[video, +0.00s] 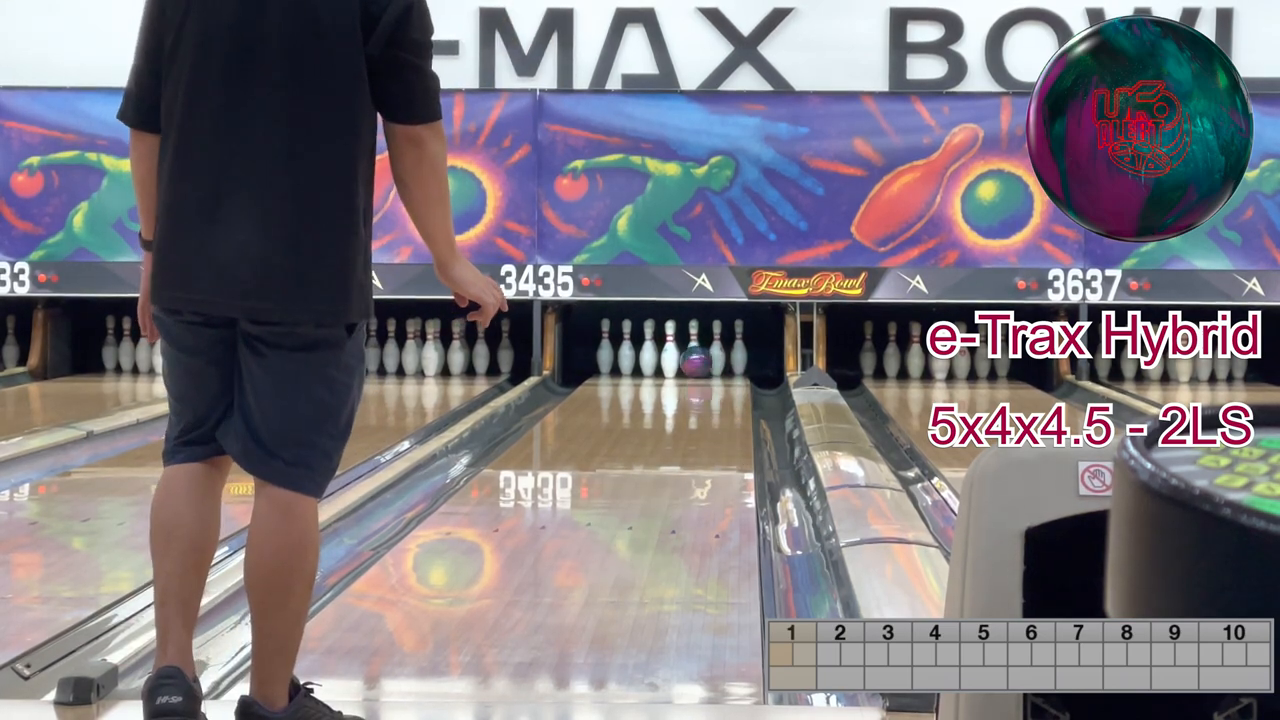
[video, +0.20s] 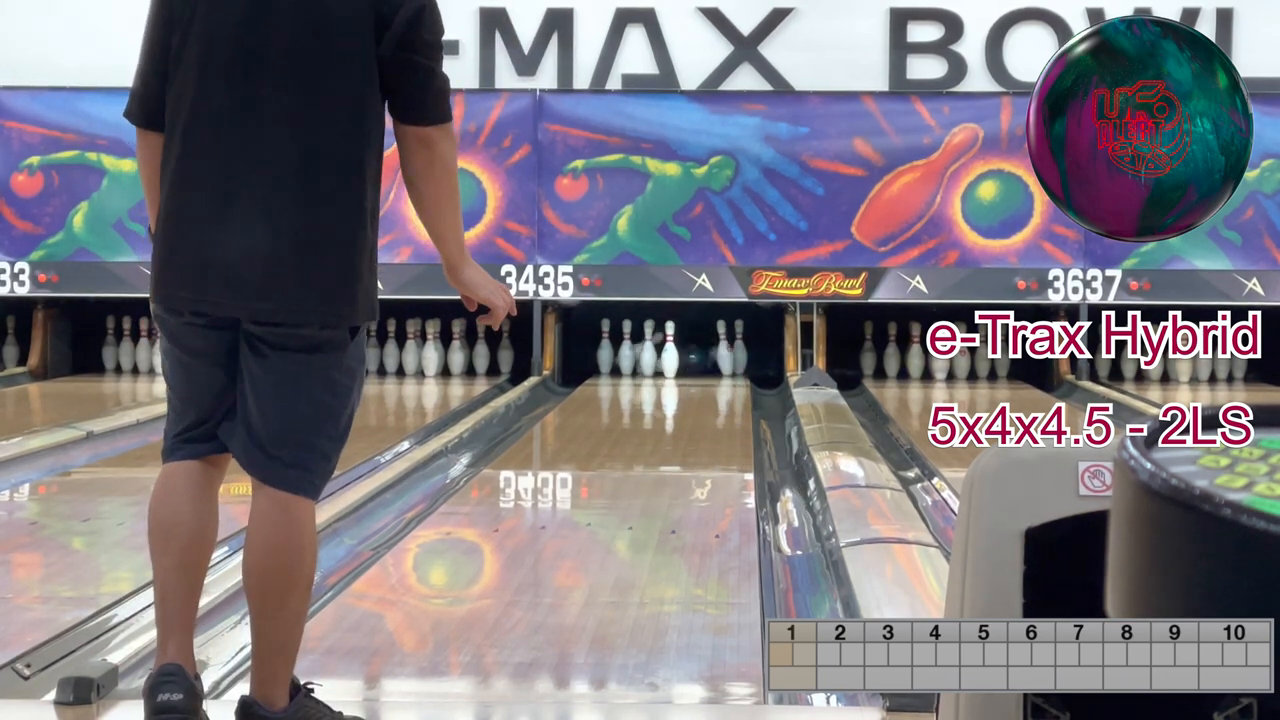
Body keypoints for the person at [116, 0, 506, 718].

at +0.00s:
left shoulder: (177, 1)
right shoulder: (386, 3)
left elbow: (146, 124)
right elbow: (414, 130)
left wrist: (157, 252)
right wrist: (450, 260)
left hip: (191, 259)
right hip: (310, 267)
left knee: (193, 451)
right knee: (289, 483)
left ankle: (171, 670)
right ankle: (271, 695)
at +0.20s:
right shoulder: (397, 3)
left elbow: (151, 120)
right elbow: (425, 133)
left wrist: (172, 239)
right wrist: (459, 263)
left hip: (191, 257)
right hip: (313, 266)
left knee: (190, 449)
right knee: (286, 483)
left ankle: (173, 668)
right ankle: (271, 695)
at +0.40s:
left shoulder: (186, 0)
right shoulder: (402, 3)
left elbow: (152, 122)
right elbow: (430, 138)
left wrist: (173, 240)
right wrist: (458, 267)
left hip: (197, 260)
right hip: (322, 270)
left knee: (183, 443)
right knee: (289, 488)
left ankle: (181, 648)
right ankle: (273, 697)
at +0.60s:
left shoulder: (178, 3)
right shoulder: (397, 5)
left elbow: (145, 129)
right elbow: (422, 140)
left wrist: (157, 256)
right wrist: (442, 269)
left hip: (199, 263)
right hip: (329, 276)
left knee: (186, 460)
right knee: (294, 493)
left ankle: (210, 626)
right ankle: (275, 701)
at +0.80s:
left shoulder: (162, 6)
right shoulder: (391, 6)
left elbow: (130, 144)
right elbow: (419, 146)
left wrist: (132, 269)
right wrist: (427, 277)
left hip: (200, 279)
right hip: (336, 280)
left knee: (207, 500)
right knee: (300, 501)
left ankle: (242, 708)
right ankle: (282, 698)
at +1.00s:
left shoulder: (144, 7)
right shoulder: (389, 4)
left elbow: (119, 135)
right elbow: (409, 128)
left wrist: (118, 274)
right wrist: (425, 270)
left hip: (196, 272)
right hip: (330, 272)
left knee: (221, 497)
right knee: (323, 484)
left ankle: (244, 713)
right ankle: (317, 694)